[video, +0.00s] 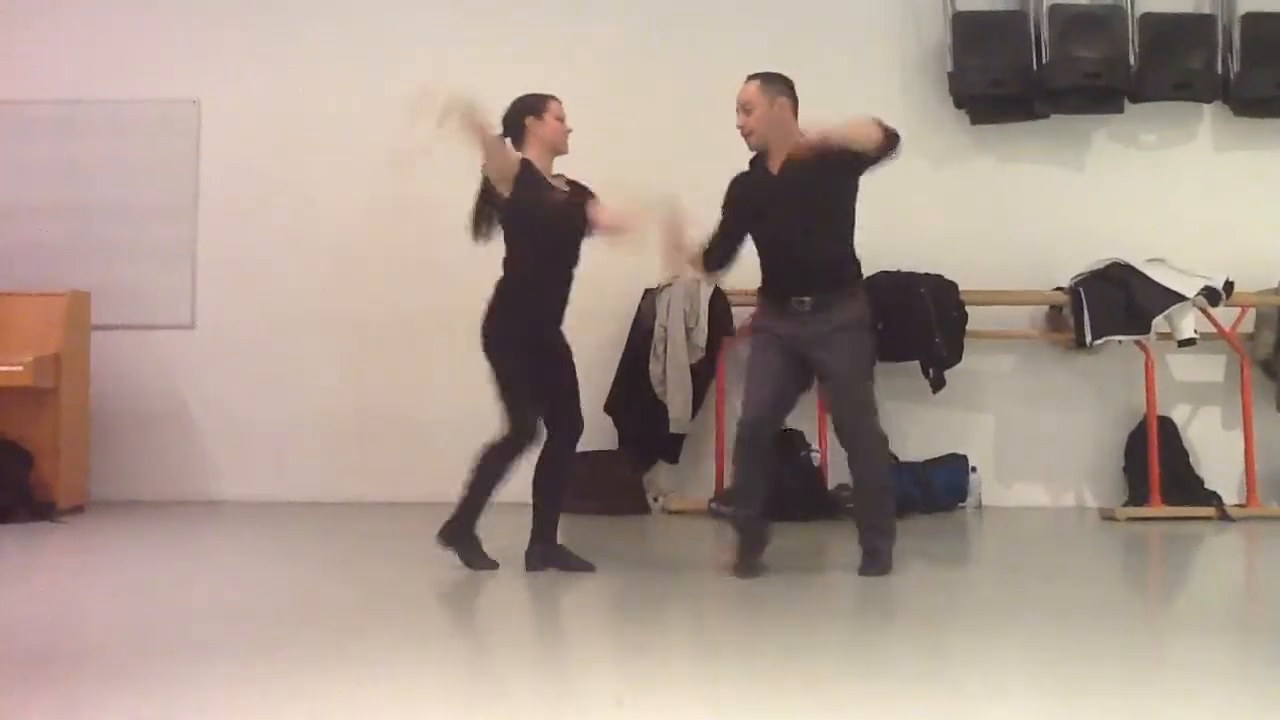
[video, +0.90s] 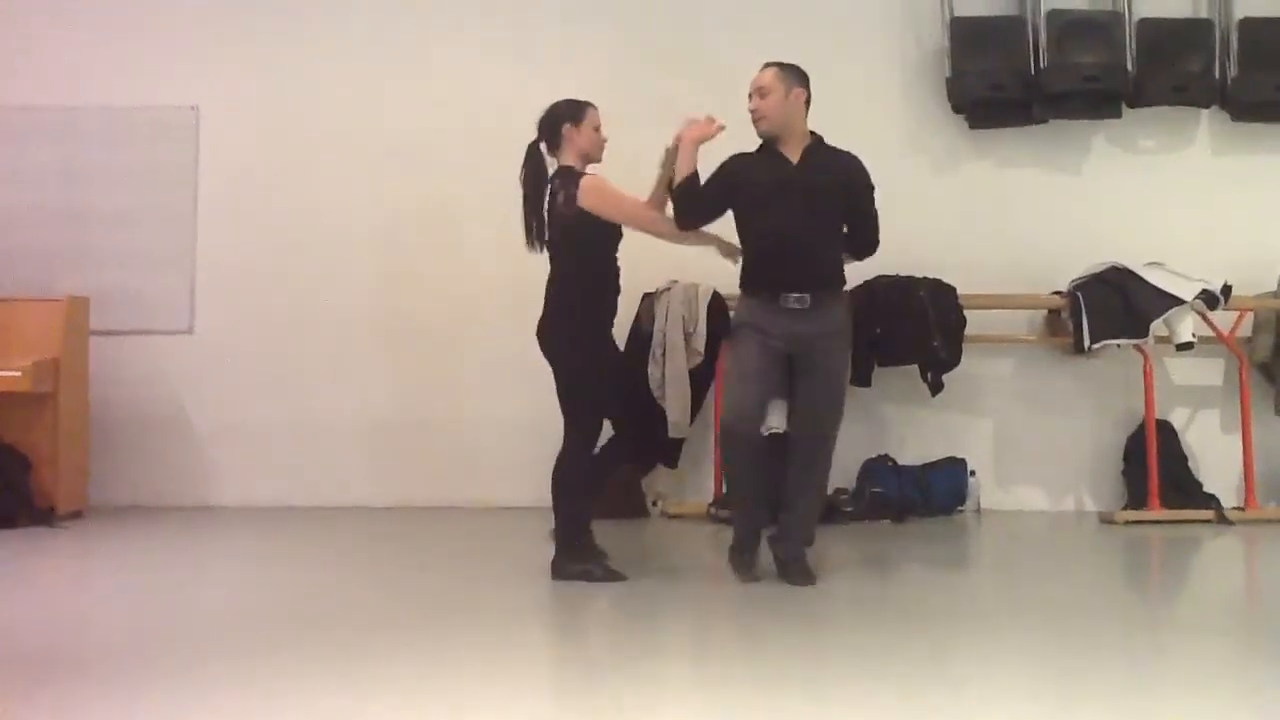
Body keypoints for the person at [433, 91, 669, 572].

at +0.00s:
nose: (569, 126)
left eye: (566, 118)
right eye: (560, 118)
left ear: (541, 125)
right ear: (532, 125)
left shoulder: (575, 194)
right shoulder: (513, 178)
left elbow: (610, 222)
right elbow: (497, 155)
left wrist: (643, 219)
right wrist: (474, 124)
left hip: (548, 329)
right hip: (509, 325)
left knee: (566, 427)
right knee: (523, 428)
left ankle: (544, 544)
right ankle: (460, 525)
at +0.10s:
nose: (575, 129)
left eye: (573, 121)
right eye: (567, 121)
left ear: (552, 128)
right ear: (539, 126)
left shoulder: (575, 196)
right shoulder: (519, 179)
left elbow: (591, 277)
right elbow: (520, 102)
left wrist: (614, 342)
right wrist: (520, 34)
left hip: (556, 323)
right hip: (522, 320)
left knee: (569, 429)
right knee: (567, 428)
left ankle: (502, 512)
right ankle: (543, 547)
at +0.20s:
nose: (580, 127)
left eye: (578, 119)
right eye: (570, 119)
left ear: (558, 130)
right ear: (542, 126)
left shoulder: (558, 186)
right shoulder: (528, 178)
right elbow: (542, 93)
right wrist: (558, 18)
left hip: (558, 324)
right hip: (533, 325)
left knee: (561, 429)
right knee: (590, 417)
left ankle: (543, 539)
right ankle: (537, 522)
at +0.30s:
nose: (587, 129)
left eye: (586, 120)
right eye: (578, 119)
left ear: (556, 126)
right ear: (546, 125)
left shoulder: (556, 177)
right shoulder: (536, 176)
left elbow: (575, 95)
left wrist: (595, 26)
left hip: (558, 327)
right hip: (543, 330)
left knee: (553, 437)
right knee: (600, 423)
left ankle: (545, 543)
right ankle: (560, 535)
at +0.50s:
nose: (598, 124)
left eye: (594, 116)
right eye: (589, 117)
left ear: (560, 125)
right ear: (563, 123)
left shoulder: (561, 171)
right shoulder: (564, 168)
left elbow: (621, 129)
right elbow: (628, 123)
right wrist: (664, 66)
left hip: (564, 320)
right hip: (566, 324)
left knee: (580, 434)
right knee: (597, 432)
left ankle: (543, 543)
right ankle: (570, 548)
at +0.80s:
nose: (604, 132)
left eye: (601, 123)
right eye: (596, 124)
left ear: (567, 132)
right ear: (570, 129)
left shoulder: (557, 178)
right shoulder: (585, 175)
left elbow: (638, 193)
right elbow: (657, 199)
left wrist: (652, 139)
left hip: (566, 322)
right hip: (582, 325)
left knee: (591, 429)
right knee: (598, 432)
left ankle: (563, 524)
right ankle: (568, 549)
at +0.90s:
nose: (603, 136)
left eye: (601, 128)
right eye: (596, 128)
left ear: (567, 137)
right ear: (570, 135)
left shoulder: (564, 186)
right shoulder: (582, 185)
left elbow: (647, 216)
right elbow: (658, 225)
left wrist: (668, 170)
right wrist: (715, 241)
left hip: (567, 328)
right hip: (581, 332)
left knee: (579, 437)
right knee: (646, 430)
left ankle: (571, 543)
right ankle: (572, 545)